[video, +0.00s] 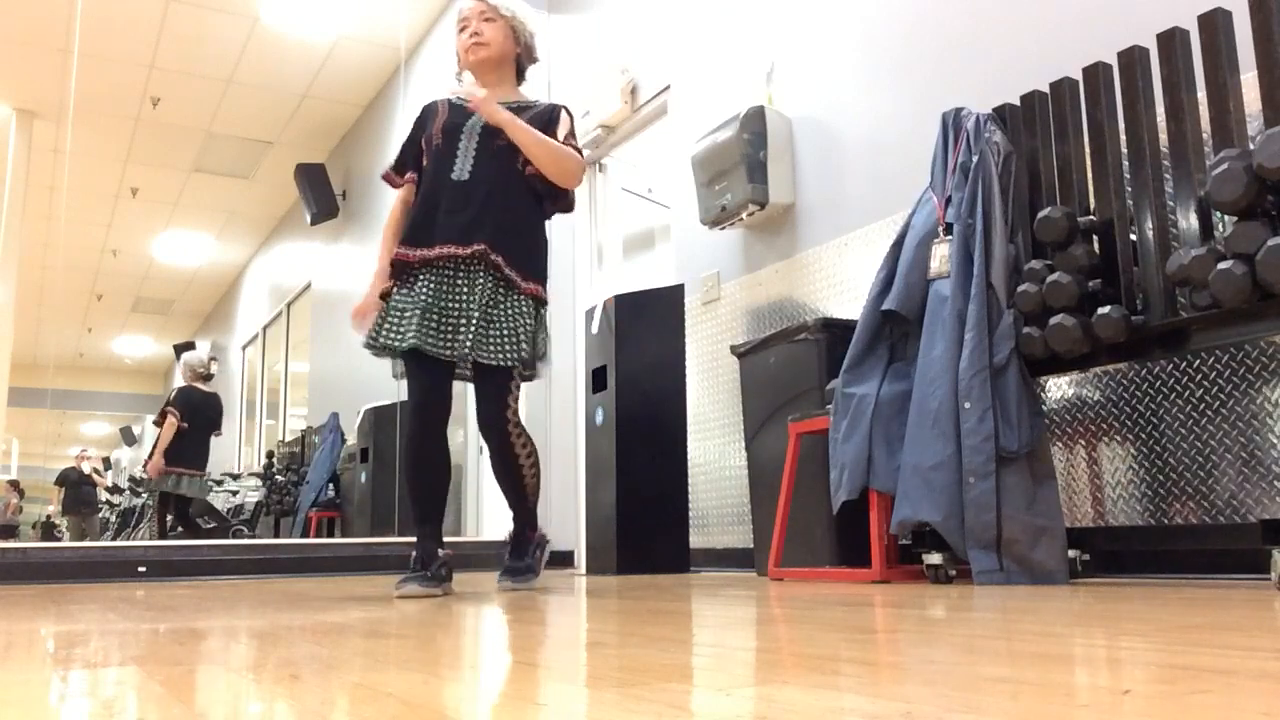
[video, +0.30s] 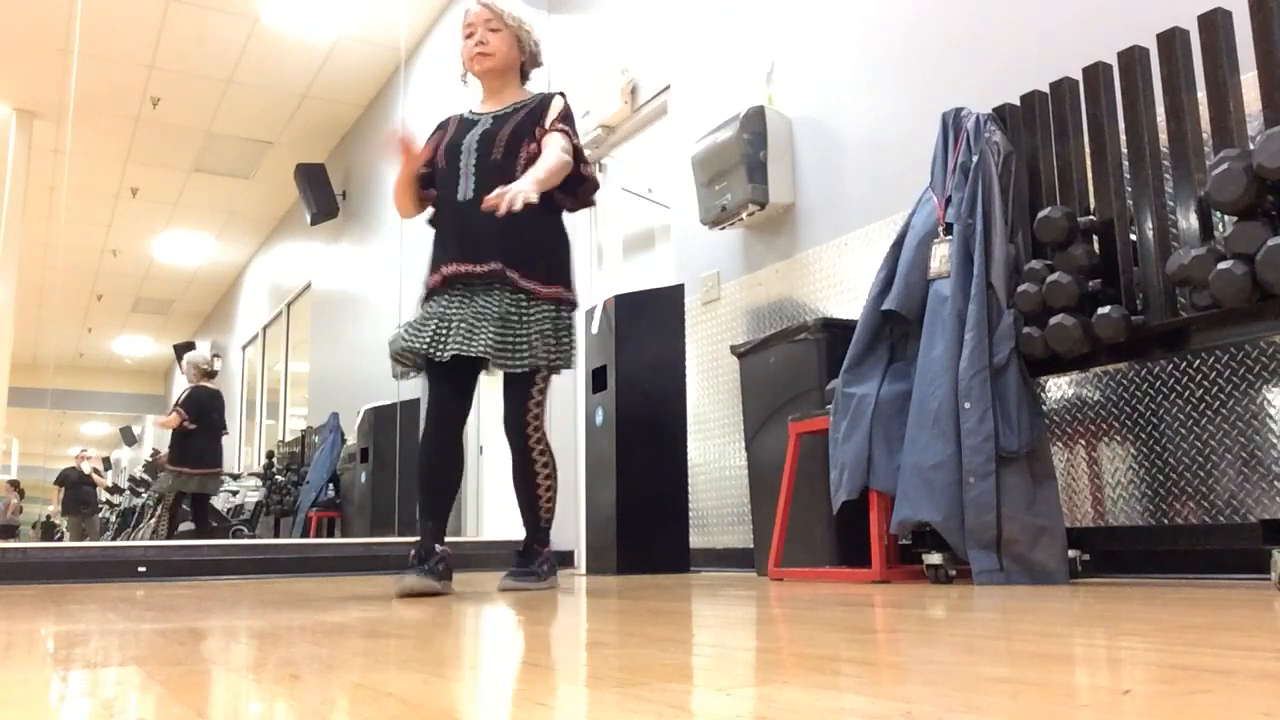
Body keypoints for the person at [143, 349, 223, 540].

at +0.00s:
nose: (181, 372)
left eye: (182, 369)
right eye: (181, 369)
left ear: (188, 371)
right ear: (204, 371)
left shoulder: (182, 393)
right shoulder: (214, 398)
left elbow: (171, 423)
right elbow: (216, 432)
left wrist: (158, 454)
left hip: (171, 467)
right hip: (195, 470)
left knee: (160, 512)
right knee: (182, 514)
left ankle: (160, 554)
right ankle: (204, 545)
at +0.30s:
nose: (184, 373)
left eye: (186, 369)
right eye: (184, 369)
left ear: (194, 371)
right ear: (206, 370)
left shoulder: (192, 394)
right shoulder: (217, 395)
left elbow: (173, 422)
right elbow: (218, 431)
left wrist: (158, 421)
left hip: (184, 467)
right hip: (210, 467)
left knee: (169, 508)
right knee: (201, 513)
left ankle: (162, 550)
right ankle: (204, 554)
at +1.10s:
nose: (186, 370)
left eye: (188, 365)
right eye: (187, 365)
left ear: (196, 367)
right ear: (210, 368)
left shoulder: (194, 390)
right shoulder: (219, 392)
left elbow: (188, 421)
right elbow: (222, 429)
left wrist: (166, 441)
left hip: (189, 464)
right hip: (212, 464)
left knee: (182, 510)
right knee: (197, 509)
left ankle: (194, 553)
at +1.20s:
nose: (183, 370)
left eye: (186, 365)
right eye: (184, 366)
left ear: (194, 367)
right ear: (206, 369)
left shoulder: (194, 390)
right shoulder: (215, 393)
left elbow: (187, 419)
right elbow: (219, 429)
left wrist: (165, 437)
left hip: (187, 463)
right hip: (206, 463)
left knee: (180, 510)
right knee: (192, 508)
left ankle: (193, 551)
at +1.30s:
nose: (182, 369)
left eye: (184, 365)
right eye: (182, 365)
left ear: (193, 367)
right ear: (205, 368)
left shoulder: (193, 390)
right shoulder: (211, 392)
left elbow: (185, 419)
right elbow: (214, 430)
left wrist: (164, 435)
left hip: (185, 463)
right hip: (202, 463)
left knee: (177, 509)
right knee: (177, 507)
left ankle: (192, 552)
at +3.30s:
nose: (198, 365)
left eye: (201, 361)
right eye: (199, 361)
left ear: (207, 364)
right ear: (220, 366)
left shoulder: (213, 387)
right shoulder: (223, 390)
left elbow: (190, 406)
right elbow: (212, 430)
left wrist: (173, 386)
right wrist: (183, 435)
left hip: (204, 461)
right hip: (214, 461)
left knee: (195, 509)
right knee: (203, 507)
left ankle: (200, 554)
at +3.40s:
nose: (196, 367)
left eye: (199, 363)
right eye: (197, 363)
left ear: (206, 366)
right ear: (217, 367)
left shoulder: (212, 389)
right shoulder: (221, 391)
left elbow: (186, 407)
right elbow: (209, 429)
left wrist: (174, 384)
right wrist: (182, 443)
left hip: (203, 461)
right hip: (208, 460)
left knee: (194, 509)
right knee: (195, 509)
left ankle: (200, 554)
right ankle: (199, 553)